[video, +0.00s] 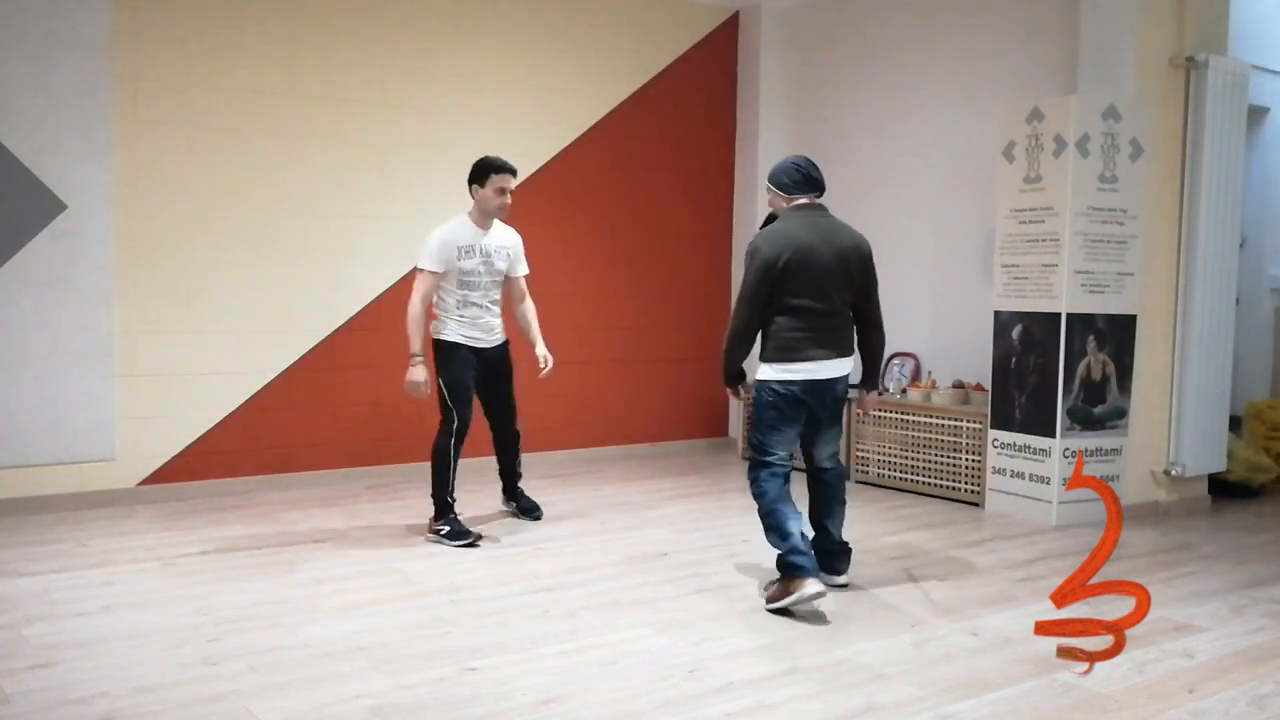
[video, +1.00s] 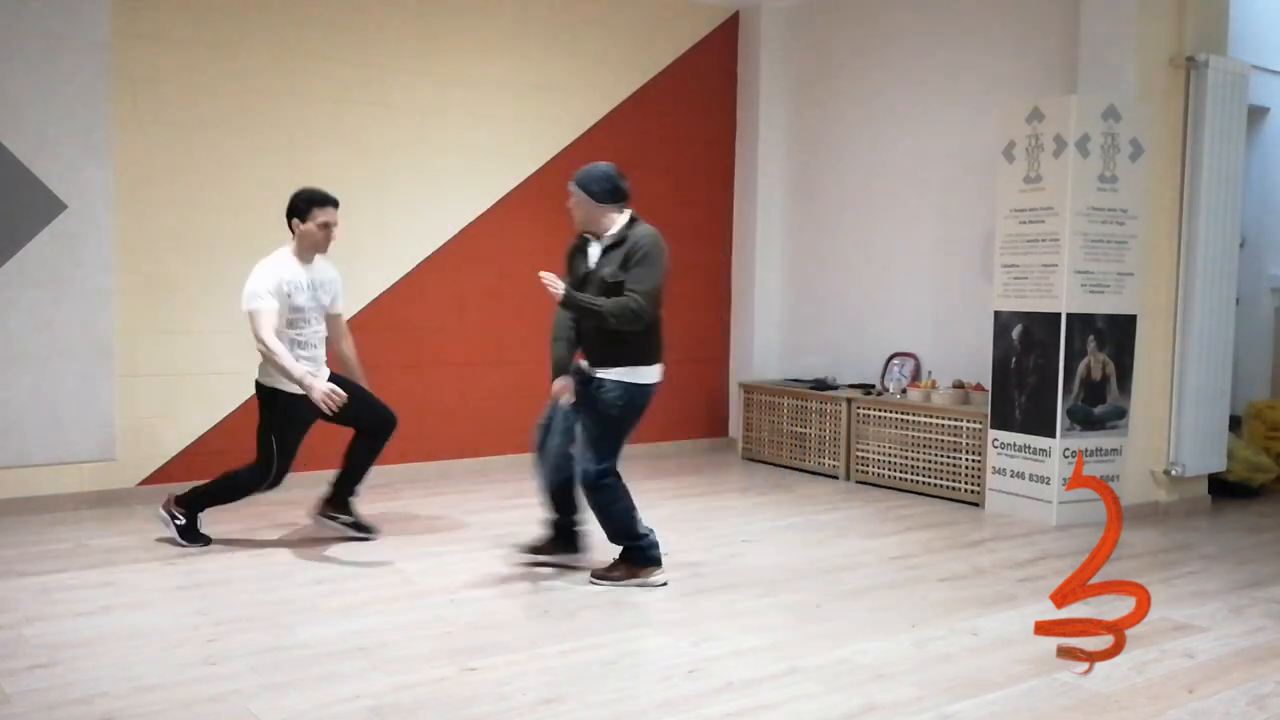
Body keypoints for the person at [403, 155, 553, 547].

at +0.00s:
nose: (508, 199)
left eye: (511, 192)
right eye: (501, 191)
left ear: (511, 194)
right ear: (476, 190)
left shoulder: (510, 240)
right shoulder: (446, 237)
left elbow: (522, 299)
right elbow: (419, 300)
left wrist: (538, 343)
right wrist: (416, 359)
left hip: (494, 345)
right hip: (453, 344)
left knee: (505, 423)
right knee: (457, 423)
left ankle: (512, 492)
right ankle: (442, 515)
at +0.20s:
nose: (494, 193)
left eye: (497, 185)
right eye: (487, 185)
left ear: (492, 187)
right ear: (461, 183)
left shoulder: (481, 232)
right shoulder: (432, 227)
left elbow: (483, 298)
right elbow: (403, 292)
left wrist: (493, 353)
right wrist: (412, 356)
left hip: (463, 342)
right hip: (432, 343)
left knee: (474, 414)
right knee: (443, 422)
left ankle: (448, 491)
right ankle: (442, 517)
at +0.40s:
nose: (469, 193)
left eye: (470, 184)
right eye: (462, 184)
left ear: (457, 185)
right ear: (435, 184)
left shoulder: (450, 232)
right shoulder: (409, 226)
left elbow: (451, 296)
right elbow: (383, 296)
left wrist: (451, 350)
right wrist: (388, 361)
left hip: (433, 344)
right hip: (409, 343)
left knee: (406, 426)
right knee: (432, 426)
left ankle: (348, 494)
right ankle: (441, 518)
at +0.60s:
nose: (422, 193)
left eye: (423, 185)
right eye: (414, 185)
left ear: (407, 189)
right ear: (388, 186)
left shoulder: (401, 234)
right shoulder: (363, 230)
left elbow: (409, 298)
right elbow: (332, 292)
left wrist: (430, 350)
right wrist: (317, 352)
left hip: (379, 344)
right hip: (364, 344)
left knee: (349, 428)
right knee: (410, 417)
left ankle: (301, 513)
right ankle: (430, 515)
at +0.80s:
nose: (361, 191)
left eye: (362, 183)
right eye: (353, 184)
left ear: (359, 185)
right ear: (326, 184)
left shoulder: (358, 229)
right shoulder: (302, 232)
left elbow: (377, 294)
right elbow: (279, 297)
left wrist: (403, 347)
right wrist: (286, 357)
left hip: (348, 354)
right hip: (316, 353)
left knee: (350, 434)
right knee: (330, 433)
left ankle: (299, 518)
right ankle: (243, 491)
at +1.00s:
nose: (332, 235)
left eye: (334, 226)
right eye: (325, 226)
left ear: (334, 225)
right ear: (298, 225)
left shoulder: (326, 273)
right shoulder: (268, 274)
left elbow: (341, 338)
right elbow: (266, 340)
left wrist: (362, 390)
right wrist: (309, 383)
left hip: (321, 383)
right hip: (281, 390)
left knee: (380, 422)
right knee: (269, 473)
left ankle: (336, 504)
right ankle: (183, 506)